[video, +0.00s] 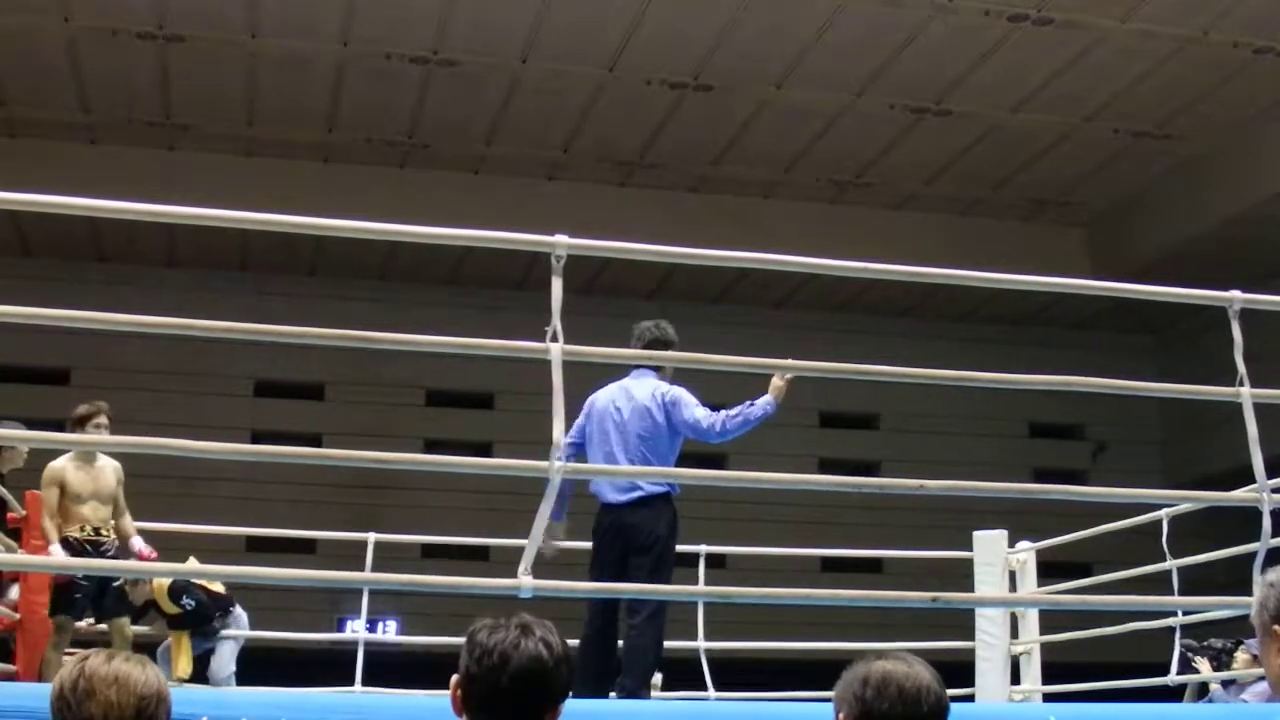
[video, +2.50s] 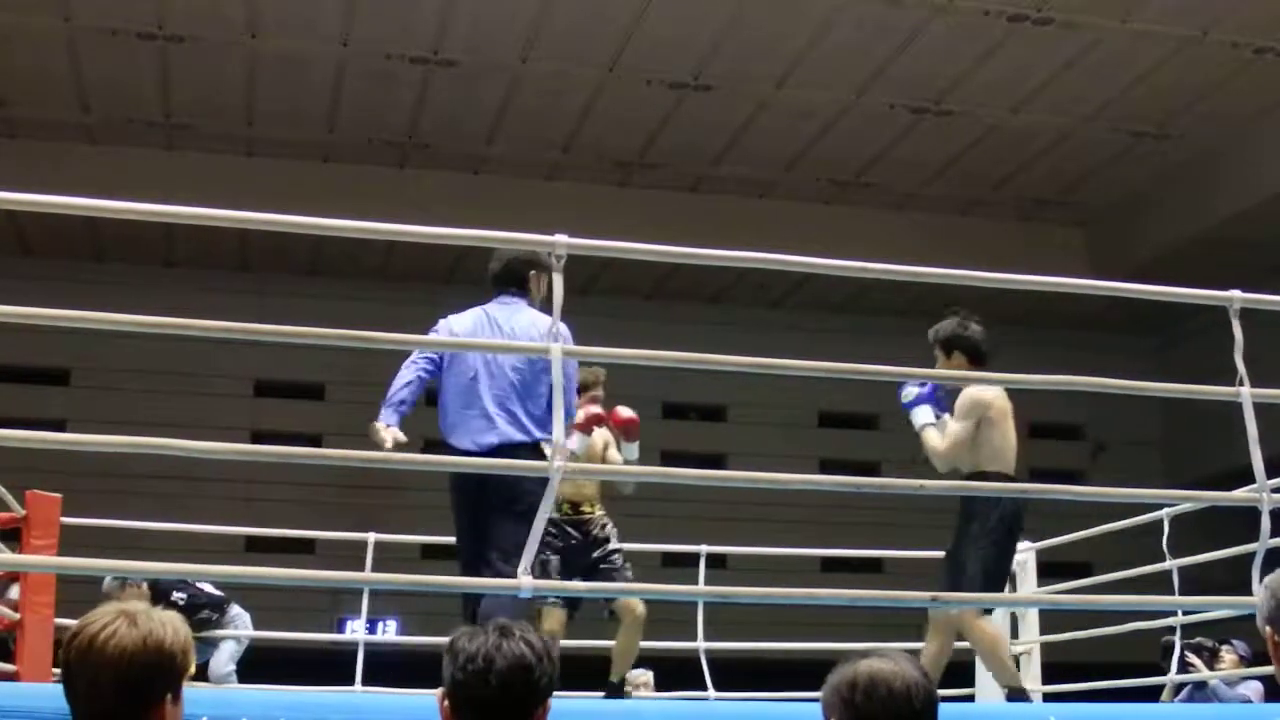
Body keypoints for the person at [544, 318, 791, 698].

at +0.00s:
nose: (674, 362)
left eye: (672, 355)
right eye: (673, 356)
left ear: (634, 354)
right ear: (667, 357)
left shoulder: (597, 400)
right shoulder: (668, 396)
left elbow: (565, 456)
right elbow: (713, 426)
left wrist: (556, 516)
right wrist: (770, 401)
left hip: (610, 516)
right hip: (654, 515)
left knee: (600, 608)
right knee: (646, 608)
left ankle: (587, 699)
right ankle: (631, 700)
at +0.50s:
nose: (679, 359)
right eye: (680, 354)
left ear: (642, 353)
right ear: (679, 357)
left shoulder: (609, 395)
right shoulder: (678, 397)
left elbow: (569, 436)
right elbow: (720, 423)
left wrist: (533, 460)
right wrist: (783, 402)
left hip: (610, 514)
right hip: (652, 513)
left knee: (622, 602)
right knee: (644, 605)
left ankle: (624, 687)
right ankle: (630, 696)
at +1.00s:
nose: (657, 359)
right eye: (659, 353)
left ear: (622, 358)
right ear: (660, 360)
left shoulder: (602, 403)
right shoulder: (673, 405)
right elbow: (713, 444)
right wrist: (744, 456)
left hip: (615, 524)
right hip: (661, 521)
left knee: (631, 610)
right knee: (694, 600)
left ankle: (635, 700)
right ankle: (664, 677)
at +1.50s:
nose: (655, 351)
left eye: (653, 343)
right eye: (652, 344)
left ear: (610, 346)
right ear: (642, 348)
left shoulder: (576, 395)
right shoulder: (652, 393)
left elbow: (549, 446)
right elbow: (653, 456)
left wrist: (581, 480)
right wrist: (664, 488)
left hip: (588, 513)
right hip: (631, 510)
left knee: (610, 606)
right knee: (626, 608)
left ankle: (622, 695)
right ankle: (608, 700)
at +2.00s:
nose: (539, 318)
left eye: (542, 312)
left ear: (542, 318)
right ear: (588, 323)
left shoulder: (517, 369)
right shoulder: (606, 370)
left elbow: (517, 422)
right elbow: (616, 434)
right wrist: (596, 465)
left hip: (521, 491)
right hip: (578, 494)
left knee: (511, 593)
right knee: (579, 596)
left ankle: (503, 697)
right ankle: (594, 696)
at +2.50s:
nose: (547, 288)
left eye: (547, 281)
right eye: (546, 281)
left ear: (495, 283)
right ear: (533, 281)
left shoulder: (453, 325)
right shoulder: (553, 332)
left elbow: (418, 368)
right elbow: (567, 395)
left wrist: (389, 418)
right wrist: (562, 440)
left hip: (465, 462)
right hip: (524, 461)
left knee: (472, 563)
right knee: (509, 564)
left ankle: (474, 656)